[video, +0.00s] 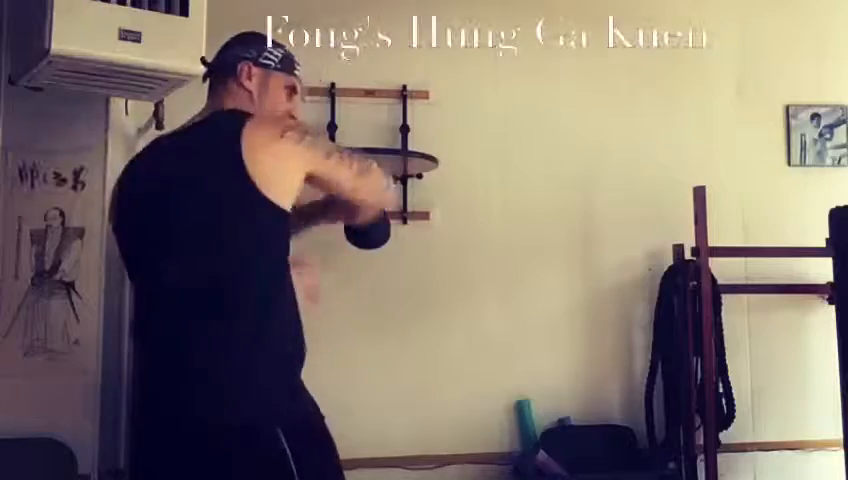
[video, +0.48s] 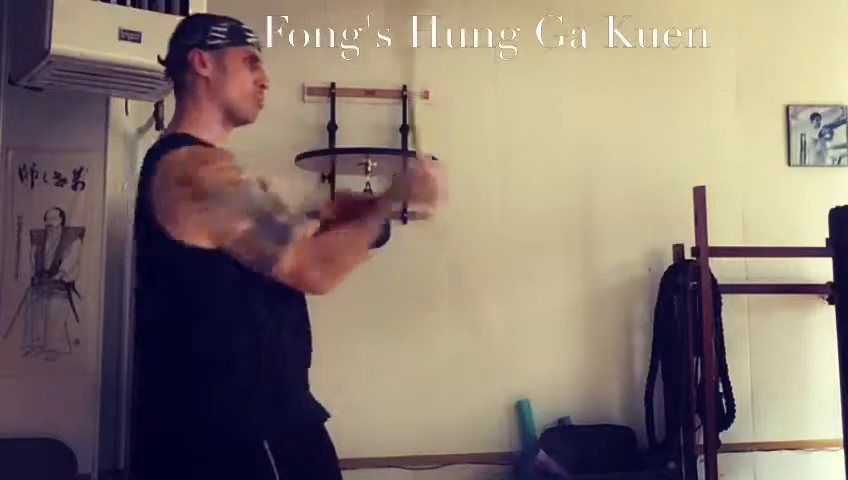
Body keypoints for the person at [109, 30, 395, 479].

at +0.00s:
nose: (295, 111)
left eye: (297, 96)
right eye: (289, 91)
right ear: (247, 76)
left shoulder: (136, 170)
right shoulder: (274, 140)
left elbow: (171, 276)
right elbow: (374, 193)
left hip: (163, 406)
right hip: (258, 408)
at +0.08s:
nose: (289, 103)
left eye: (289, 88)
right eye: (282, 83)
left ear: (233, 76)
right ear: (239, 72)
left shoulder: (135, 171)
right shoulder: (268, 148)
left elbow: (207, 272)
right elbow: (366, 242)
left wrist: (304, 248)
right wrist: (380, 228)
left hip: (165, 410)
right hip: (263, 412)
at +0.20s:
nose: (287, 95)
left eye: (286, 79)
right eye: (278, 74)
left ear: (231, 70)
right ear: (233, 68)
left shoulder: (141, 172)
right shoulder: (261, 158)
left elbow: (240, 264)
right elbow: (338, 279)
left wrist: (340, 236)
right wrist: (374, 249)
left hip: (168, 410)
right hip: (263, 415)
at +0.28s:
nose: (278, 85)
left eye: (274, 69)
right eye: (266, 66)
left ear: (218, 66)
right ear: (219, 64)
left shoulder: (151, 165)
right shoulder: (236, 165)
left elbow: (246, 258)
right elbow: (340, 273)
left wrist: (349, 233)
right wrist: (409, 236)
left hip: (173, 413)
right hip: (259, 421)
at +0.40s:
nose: (266, 80)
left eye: (262, 65)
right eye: (253, 62)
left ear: (205, 66)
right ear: (205, 63)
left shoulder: (184, 161)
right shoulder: (197, 168)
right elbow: (321, 265)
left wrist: (331, 220)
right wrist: (401, 211)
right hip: (249, 428)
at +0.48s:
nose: (264, 80)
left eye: (259, 65)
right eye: (251, 62)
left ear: (203, 65)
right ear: (201, 63)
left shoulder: (197, 164)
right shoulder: (190, 170)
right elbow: (314, 268)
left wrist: (320, 221)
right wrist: (391, 203)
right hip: (247, 436)